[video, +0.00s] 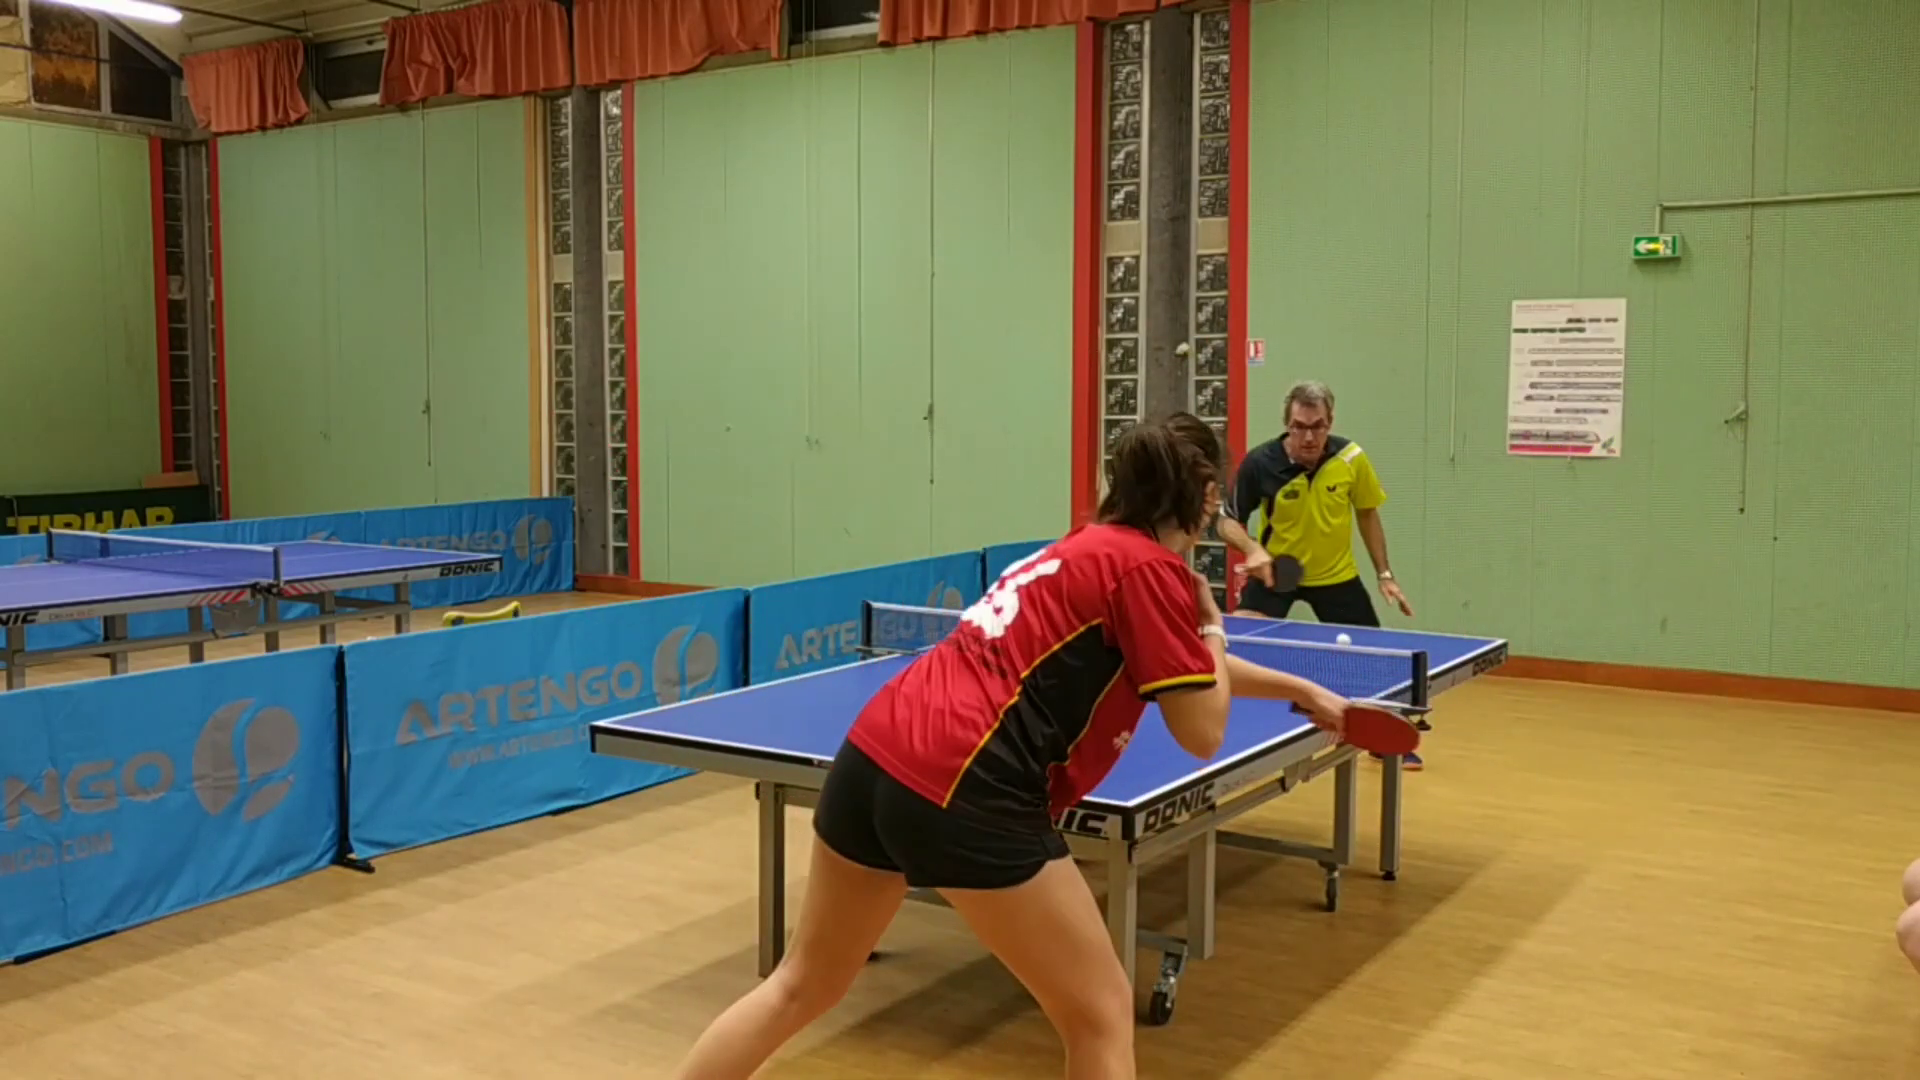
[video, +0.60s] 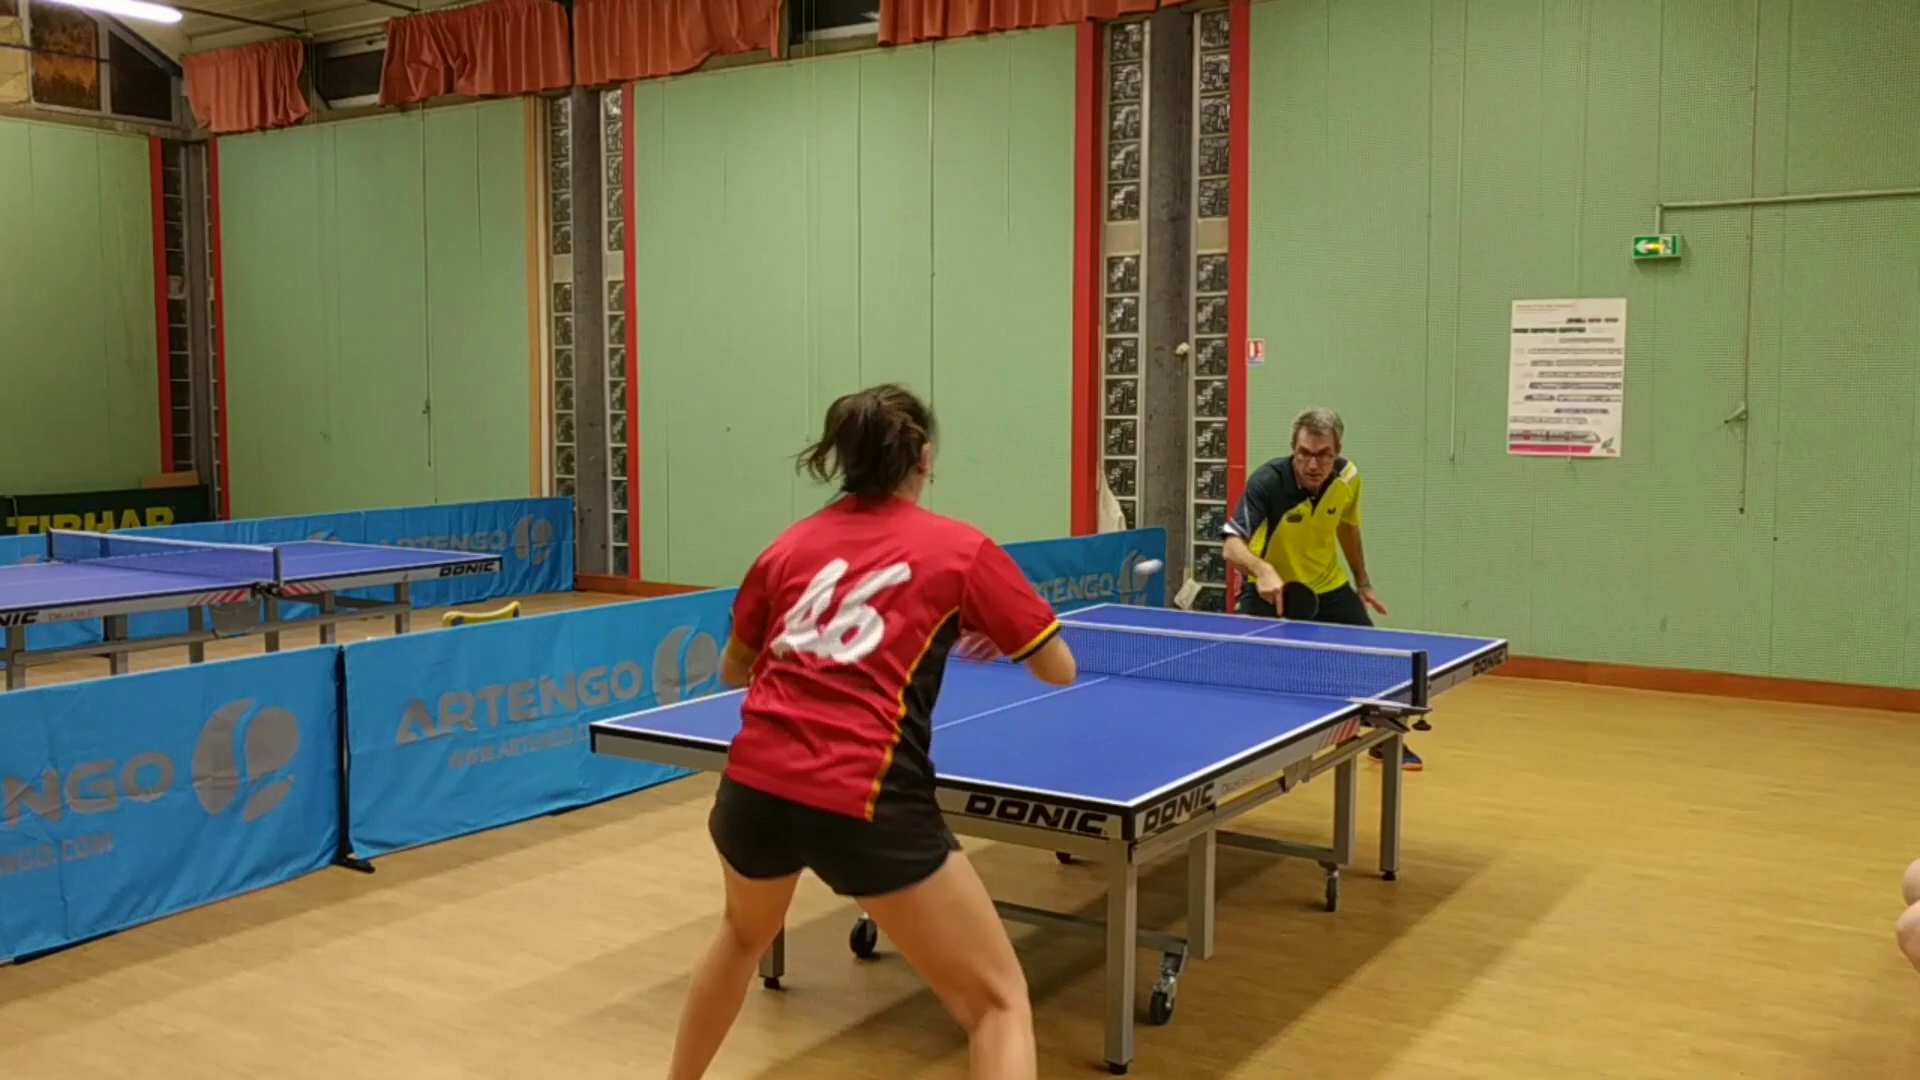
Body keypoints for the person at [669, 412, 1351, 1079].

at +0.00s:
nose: (1217, 508)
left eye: (1217, 492)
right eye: (1215, 494)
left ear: (1125, 485)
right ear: (1197, 498)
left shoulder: (1083, 547)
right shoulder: (1153, 574)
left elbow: (1190, 664)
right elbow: (1202, 732)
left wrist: (1304, 691)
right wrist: (1211, 631)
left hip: (872, 754)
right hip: (967, 790)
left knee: (800, 983)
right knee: (1099, 1018)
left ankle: (689, 1078)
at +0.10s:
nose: (1180, 492)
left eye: (1179, 481)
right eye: (1178, 481)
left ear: (1086, 480)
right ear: (1165, 492)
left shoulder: (1045, 544)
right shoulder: (1135, 573)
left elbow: (1112, 642)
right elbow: (1190, 729)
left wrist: (1238, 682)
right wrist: (1205, 642)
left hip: (862, 770)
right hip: (964, 805)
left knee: (785, 979)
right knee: (1108, 1020)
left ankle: (687, 1075)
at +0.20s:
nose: (1115, 494)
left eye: (1113, 482)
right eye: (1111, 483)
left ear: (1027, 489)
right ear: (1098, 494)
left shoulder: (983, 550)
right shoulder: (1097, 579)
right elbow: (1154, 725)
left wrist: (1131, 636)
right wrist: (1181, 658)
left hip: (840, 795)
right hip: (948, 822)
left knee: (776, 985)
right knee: (1097, 1019)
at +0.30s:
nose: (1046, 487)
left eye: (1042, 474)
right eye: (1043, 475)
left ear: (955, 484)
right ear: (1034, 489)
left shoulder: (912, 550)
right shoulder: (1024, 576)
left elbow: (938, 661)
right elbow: (1094, 714)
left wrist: (1065, 639)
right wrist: (1127, 653)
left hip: (792, 805)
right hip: (900, 825)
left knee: (769, 983)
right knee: (1054, 1020)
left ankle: (701, 1076)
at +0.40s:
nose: (993, 472)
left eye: (994, 461)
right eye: (992, 462)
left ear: (902, 469)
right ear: (979, 470)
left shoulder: (854, 539)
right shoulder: (982, 559)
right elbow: (1057, 696)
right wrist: (1076, 636)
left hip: (760, 790)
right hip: (867, 807)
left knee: (757, 967)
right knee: (1007, 1012)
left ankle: (689, 1073)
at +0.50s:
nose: (965, 455)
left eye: (962, 442)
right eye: (963, 443)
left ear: (874, 451)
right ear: (951, 453)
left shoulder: (829, 524)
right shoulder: (967, 538)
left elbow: (781, 625)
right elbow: (1062, 667)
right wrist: (1032, 610)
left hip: (749, 781)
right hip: (855, 795)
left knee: (757, 933)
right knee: (991, 998)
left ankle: (683, 1073)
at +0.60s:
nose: (932, 458)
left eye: (929, 449)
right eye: (930, 449)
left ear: (843, 458)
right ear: (922, 458)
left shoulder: (790, 545)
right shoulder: (959, 549)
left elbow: (736, 667)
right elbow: (1059, 666)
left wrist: (827, 650)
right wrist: (1002, 638)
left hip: (756, 793)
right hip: (867, 807)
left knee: (740, 934)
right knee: (995, 1004)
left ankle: (680, 1074)